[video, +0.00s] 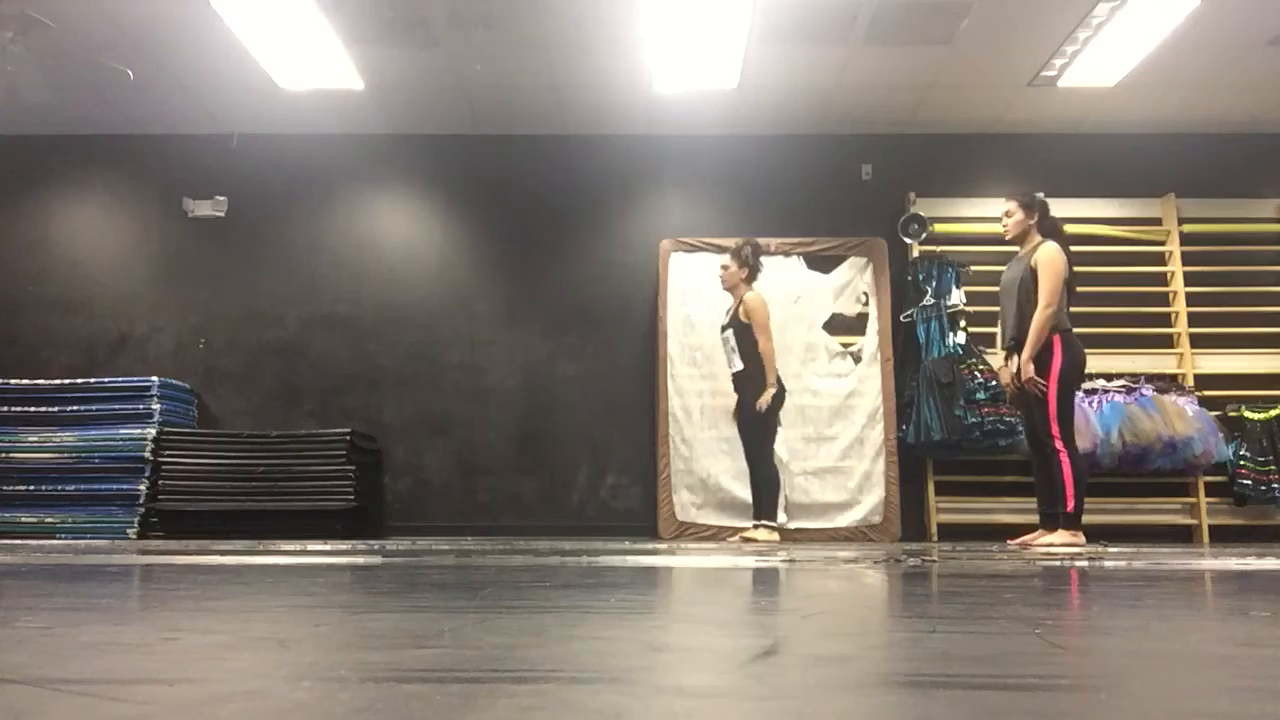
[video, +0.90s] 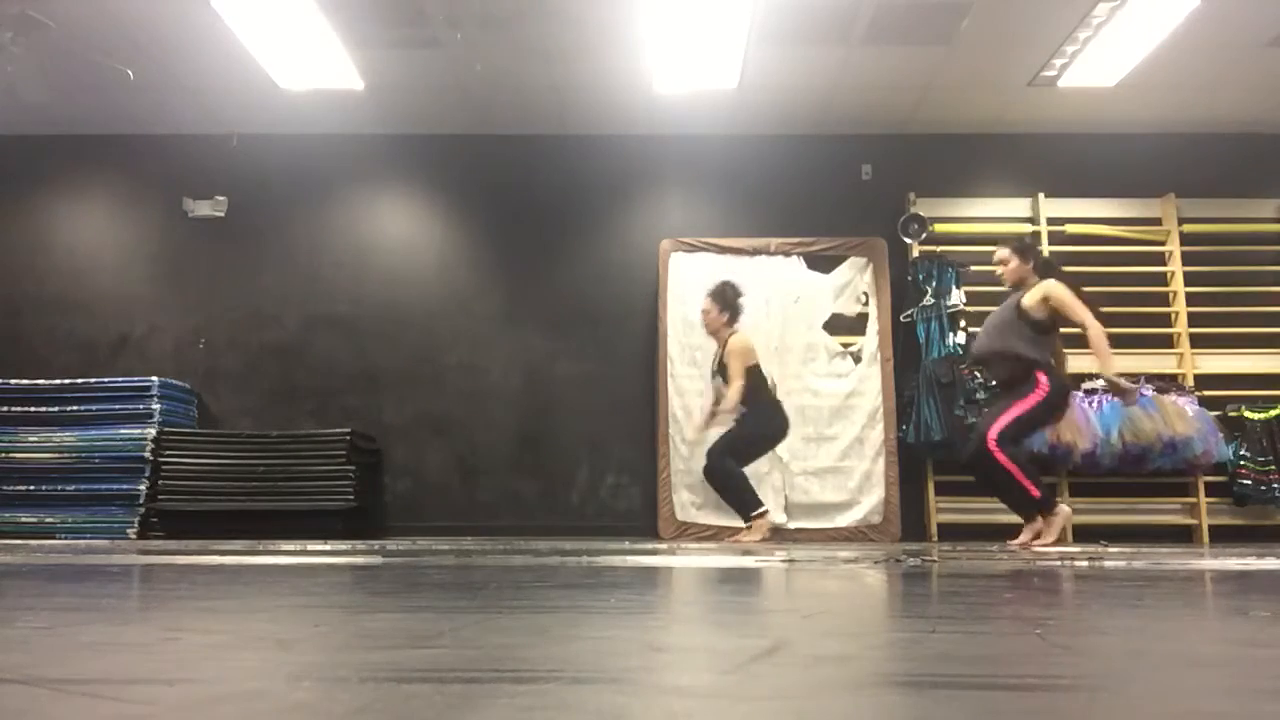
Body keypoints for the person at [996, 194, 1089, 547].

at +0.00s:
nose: (1003, 221)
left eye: (1009, 215)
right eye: (1002, 216)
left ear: (1032, 216)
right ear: (1015, 220)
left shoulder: (1049, 251)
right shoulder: (1017, 260)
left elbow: (1048, 308)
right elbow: (1009, 314)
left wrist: (1026, 357)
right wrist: (1004, 358)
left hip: (1053, 349)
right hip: (1029, 354)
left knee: (1057, 438)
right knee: (1039, 440)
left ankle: (1071, 528)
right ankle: (1050, 525)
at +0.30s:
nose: (981, 230)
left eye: (987, 223)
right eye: (981, 224)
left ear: (1010, 224)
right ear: (997, 227)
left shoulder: (1032, 254)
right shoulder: (990, 271)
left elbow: (1007, 298)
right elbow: (964, 312)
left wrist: (974, 341)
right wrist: (956, 348)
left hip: (1064, 352)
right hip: (1036, 357)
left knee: (1060, 436)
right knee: (1038, 437)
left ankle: (1071, 529)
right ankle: (1049, 526)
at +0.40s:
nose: (983, 230)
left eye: (989, 223)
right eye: (982, 224)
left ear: (1012, 223)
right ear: (1004, 225)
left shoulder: (1030, 247)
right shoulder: (993, 264)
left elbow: (1020, 278)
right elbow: (969, 295)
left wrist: (963, 303)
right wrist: (947, 313)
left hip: (1060, 350)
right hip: (1034, 355)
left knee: (1048, 436)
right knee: (1029, 437)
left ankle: (1070, 528)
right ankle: (1048, 526)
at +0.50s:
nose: (995, 229)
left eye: (999, 222)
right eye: (994, 223)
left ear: (1022, 222)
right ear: (1009, 226)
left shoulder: (1039, 243)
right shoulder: (1008, 258)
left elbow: (1054, 275)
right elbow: (997, 296)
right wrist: (958, 287)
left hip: (1047, 349)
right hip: (1024, 353)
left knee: (1023, 433)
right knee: (1006, 436)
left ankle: (1067, 523)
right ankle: (1040, 521)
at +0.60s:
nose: (1008, 237)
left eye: (1013, 230)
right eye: (1006, 231)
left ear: (1035, 228)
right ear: (1024, 231)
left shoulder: (1055, 255)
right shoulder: (1024, 266)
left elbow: (1098, 289)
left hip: (1031, 350)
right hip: (1009, 353)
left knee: (997, 428)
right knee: (974, 433)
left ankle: (1050, 509)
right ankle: (1022, 509)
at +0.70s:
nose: (1013, 249)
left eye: (1018, 242)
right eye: (1011, 244)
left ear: (1040, 239)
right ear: (1025, 245)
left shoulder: (1065, 266)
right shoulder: (1032, 276)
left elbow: (1099, 299)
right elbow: (1068, 323)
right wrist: (1067, 341)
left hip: (1019, 351)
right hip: (998, 353)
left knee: (985, 426)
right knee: (965, 430)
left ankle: (1038, 507)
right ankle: (1013, 511)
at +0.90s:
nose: (998, 271)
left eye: (1003, 263)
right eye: (997, 265)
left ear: (1027, 261)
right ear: (1021, 265)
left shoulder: (1047, 288)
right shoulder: (1018, 301)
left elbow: (1092, 325)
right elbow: (1055, 353)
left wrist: (1109, 374)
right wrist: (1060, 405)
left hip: (1041, 385)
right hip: (1016, 388)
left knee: (991, 441)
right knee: (976, 452)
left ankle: (1052, 511)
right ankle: (1033, 518)